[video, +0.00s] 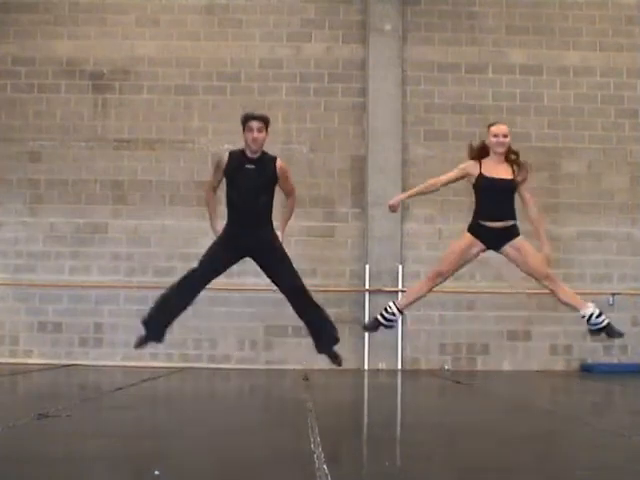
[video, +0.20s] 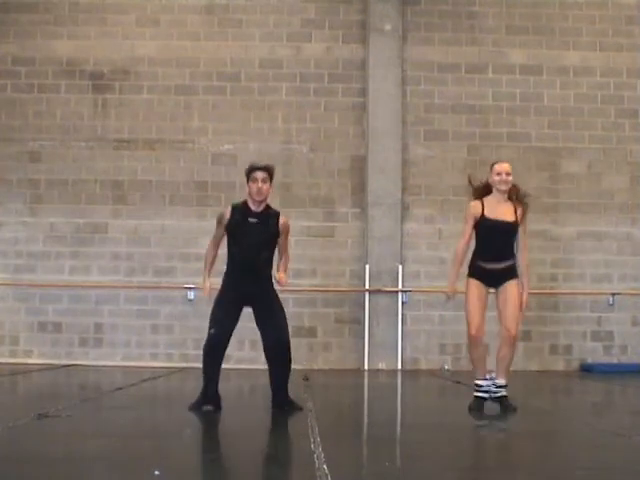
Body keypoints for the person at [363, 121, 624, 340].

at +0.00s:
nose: (502, 140)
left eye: (505, 136)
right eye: (496, 136)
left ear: (510, 141)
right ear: (487, 140)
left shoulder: (516, 171)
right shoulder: (474, 166)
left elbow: (531, 206)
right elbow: (438, 183)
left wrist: (543, 242)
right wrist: (404, 196)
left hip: (509, 237)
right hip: (477, 235)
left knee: (548, 277)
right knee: (437, 275)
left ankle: (593, 316)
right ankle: (392, 314)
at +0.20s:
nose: (503, 178)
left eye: (507, 174)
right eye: (498, 174)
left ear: (512, 179)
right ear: (490, 178)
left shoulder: (518, 210)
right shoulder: (476, 207)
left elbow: (522, 251)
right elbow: (464, 244)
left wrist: (524, 288)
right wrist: (453, 279)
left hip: (509, 274)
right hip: (479, 274)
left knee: (511, 333)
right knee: (474, 333)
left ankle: (500, 386)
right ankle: (481, 384)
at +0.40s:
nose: (497, 180)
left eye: (502, 176)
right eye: (493, 176)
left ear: (507, 180)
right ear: (485, 180)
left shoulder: (517, 210)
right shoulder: (474, 206)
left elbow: (528, 248)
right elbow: (462, 242)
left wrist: (534, 281)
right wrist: (452, 271)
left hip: (508, 272)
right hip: (479, 273)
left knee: (516, 332)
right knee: (474, 333)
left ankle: (505, 384)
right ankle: (472, 384)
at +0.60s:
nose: (493, 185)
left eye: (497, 181)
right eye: (488, 181)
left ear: (503, 185)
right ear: (481, 185)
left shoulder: (514, 208)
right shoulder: (470, 210)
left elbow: (546, 222)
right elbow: (435, 203)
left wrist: (569, 252)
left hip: (506, 277)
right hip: (477, 277)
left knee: (519, 337)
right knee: (464, 336)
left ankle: (542, 384)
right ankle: (432, 384)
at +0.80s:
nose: (490, 202)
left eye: (494, 198)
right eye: (485, 198)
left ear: (500, 201)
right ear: (477, 201)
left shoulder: (512, 227)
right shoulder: (470, 231)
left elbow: (541, 249)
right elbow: (433, 243)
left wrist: (541, 279)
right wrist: (438, 213)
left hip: (505, 292)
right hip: (475, 292)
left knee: (513, 350)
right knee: (465, 347)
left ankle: (537, 391)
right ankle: (432, 390)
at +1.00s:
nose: (496, 193)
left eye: (500, 189)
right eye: (491, 189)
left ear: (506, 192)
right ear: (484, 192)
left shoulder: (512, 218)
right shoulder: (474, 215)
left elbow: (541, 211)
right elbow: (440, 211)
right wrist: (412, 202)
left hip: (503, 284)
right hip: (474, 283)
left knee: (528, 337)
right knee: (450, 336)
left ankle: (536, 391)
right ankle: (425, 390)